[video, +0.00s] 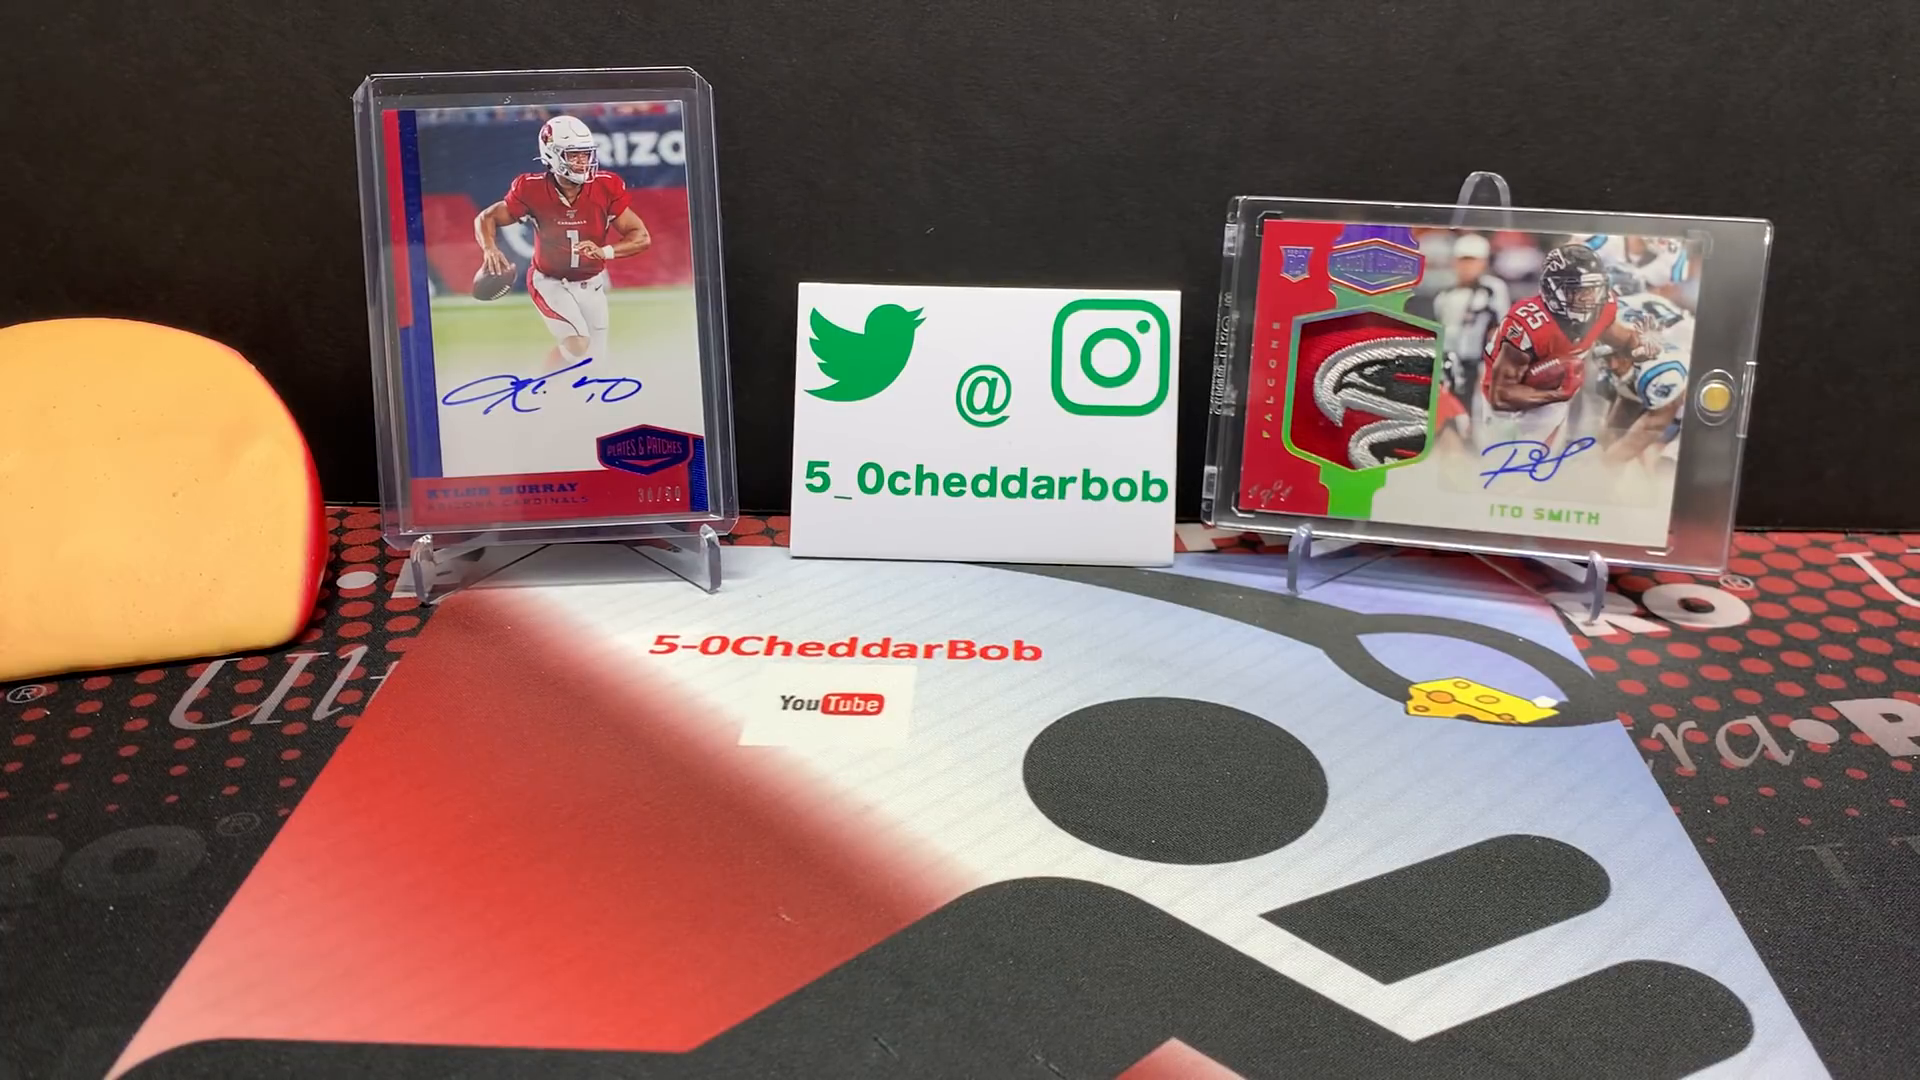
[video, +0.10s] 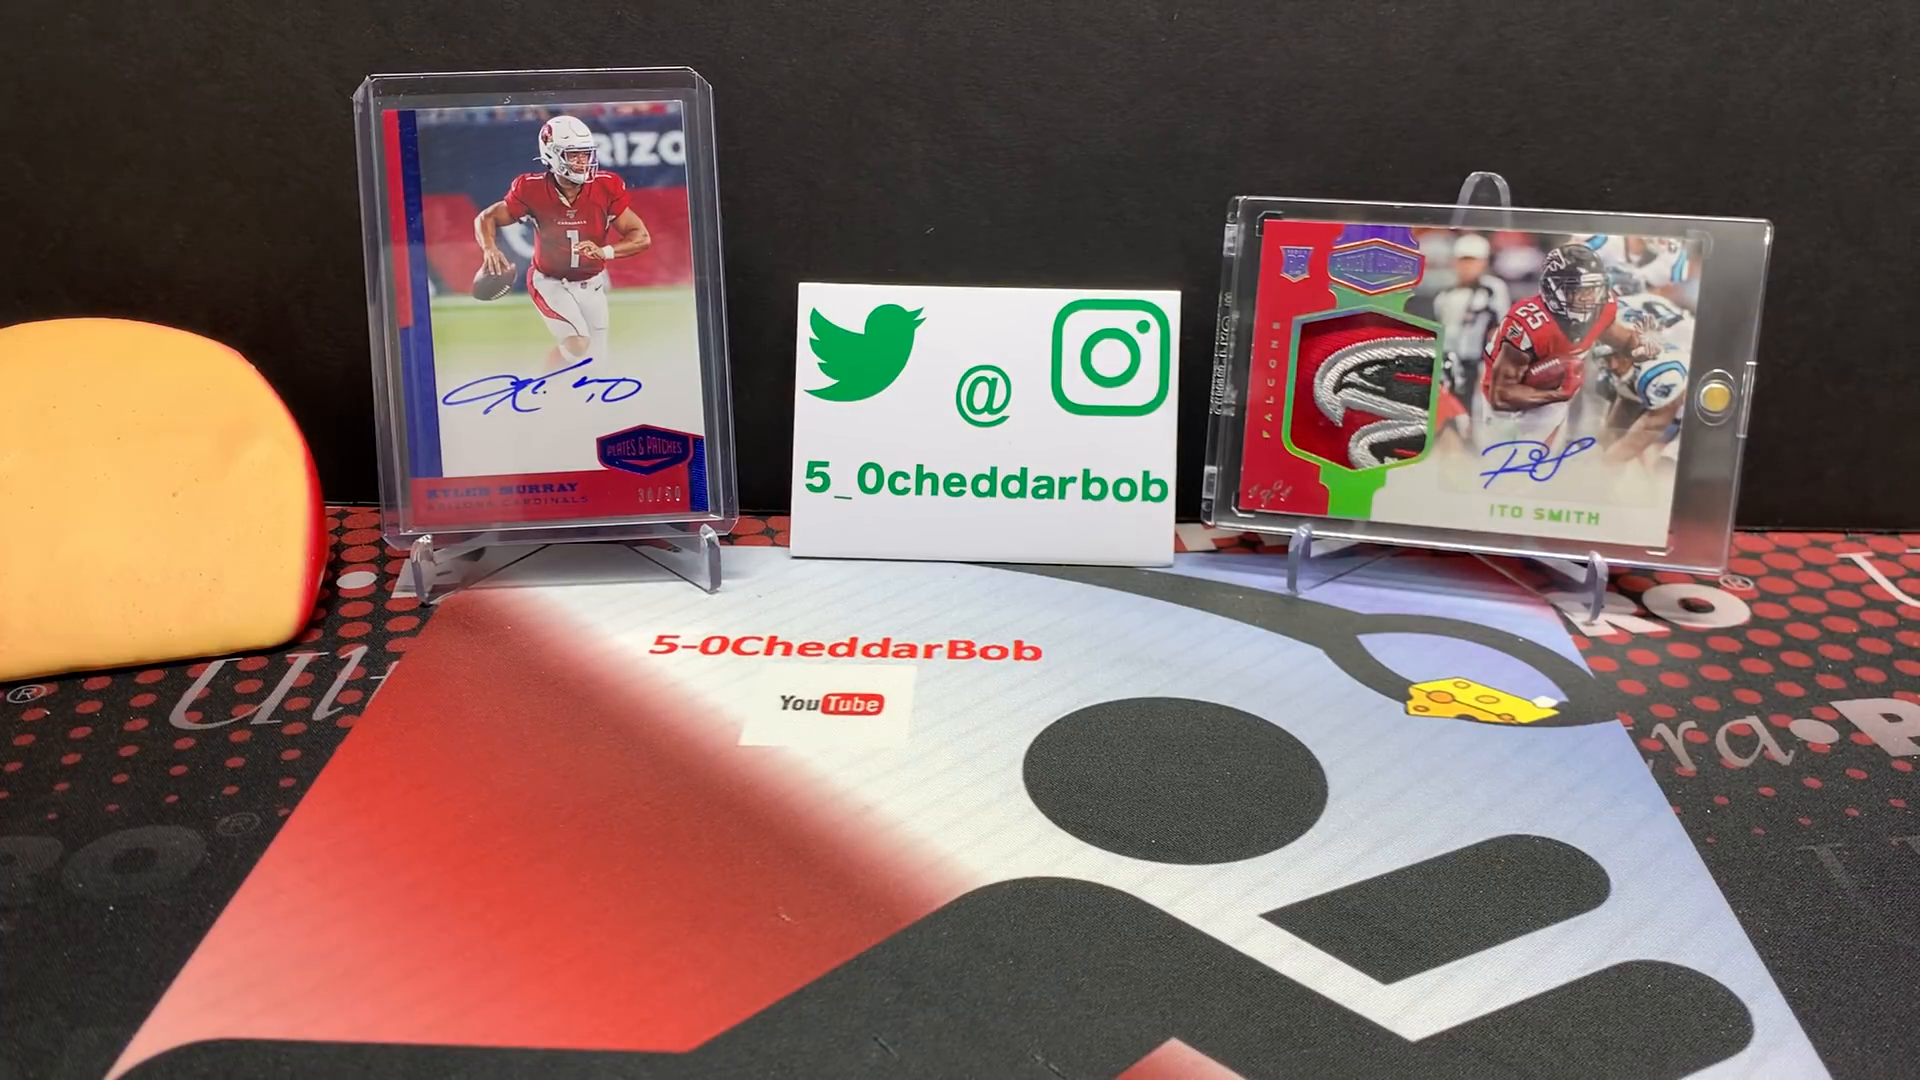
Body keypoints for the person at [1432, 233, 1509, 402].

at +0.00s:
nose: (1467, 266)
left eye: (1473, 260)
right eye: (1463, 259)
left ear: (1484, 262)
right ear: (1456, 262)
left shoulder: (1495, 288)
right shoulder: (1443, 297)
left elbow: (1502, 328)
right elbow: (1441, 332)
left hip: (1482, 365)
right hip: (1450, 365)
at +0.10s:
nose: (1467, 266)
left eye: (1473, 260)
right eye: (1463, 259)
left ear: (1484, 262)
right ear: (1456, 262)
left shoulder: (1495, 288)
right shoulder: (1443, 297)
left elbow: (1502, 328)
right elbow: (1441, 332)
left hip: (1482, 365)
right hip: (1451, 364)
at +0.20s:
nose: (1467, 266)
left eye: (1472, 260)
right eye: (1463, 259)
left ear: (1484, 262)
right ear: (1456, 262)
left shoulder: (1495, 288)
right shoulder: (1443, 297)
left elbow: (1502, 328)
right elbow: (1441, 332)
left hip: (1482, 365)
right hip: (1450, 364)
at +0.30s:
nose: (1467, 266)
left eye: (1472, 259)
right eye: (1463, 259)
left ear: (1484, 262)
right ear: (1456, 262)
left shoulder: (1495, 288)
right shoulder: (1443, 297)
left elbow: (1502, 328)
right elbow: (1441, 332)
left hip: (1481, 365)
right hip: (1450, 365)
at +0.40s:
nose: (1467, 266)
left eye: (1472, 259)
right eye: (1463, 259)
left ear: (1484, 262)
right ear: (1455, 262)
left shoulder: (1495, 288)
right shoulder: (1443, 297)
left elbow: (1502, 328)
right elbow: (1441, 331)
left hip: (1482, 365)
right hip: (1450, 364)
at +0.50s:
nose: (1467, 266)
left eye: (1472, 259)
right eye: (1463, 259)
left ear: (1484, 262)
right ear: (1456, 262)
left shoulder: (1495, 288)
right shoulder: (1443, 297)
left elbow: (1502, 328)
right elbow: (1441, 332)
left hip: (1482, 365)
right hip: (1451, 364)